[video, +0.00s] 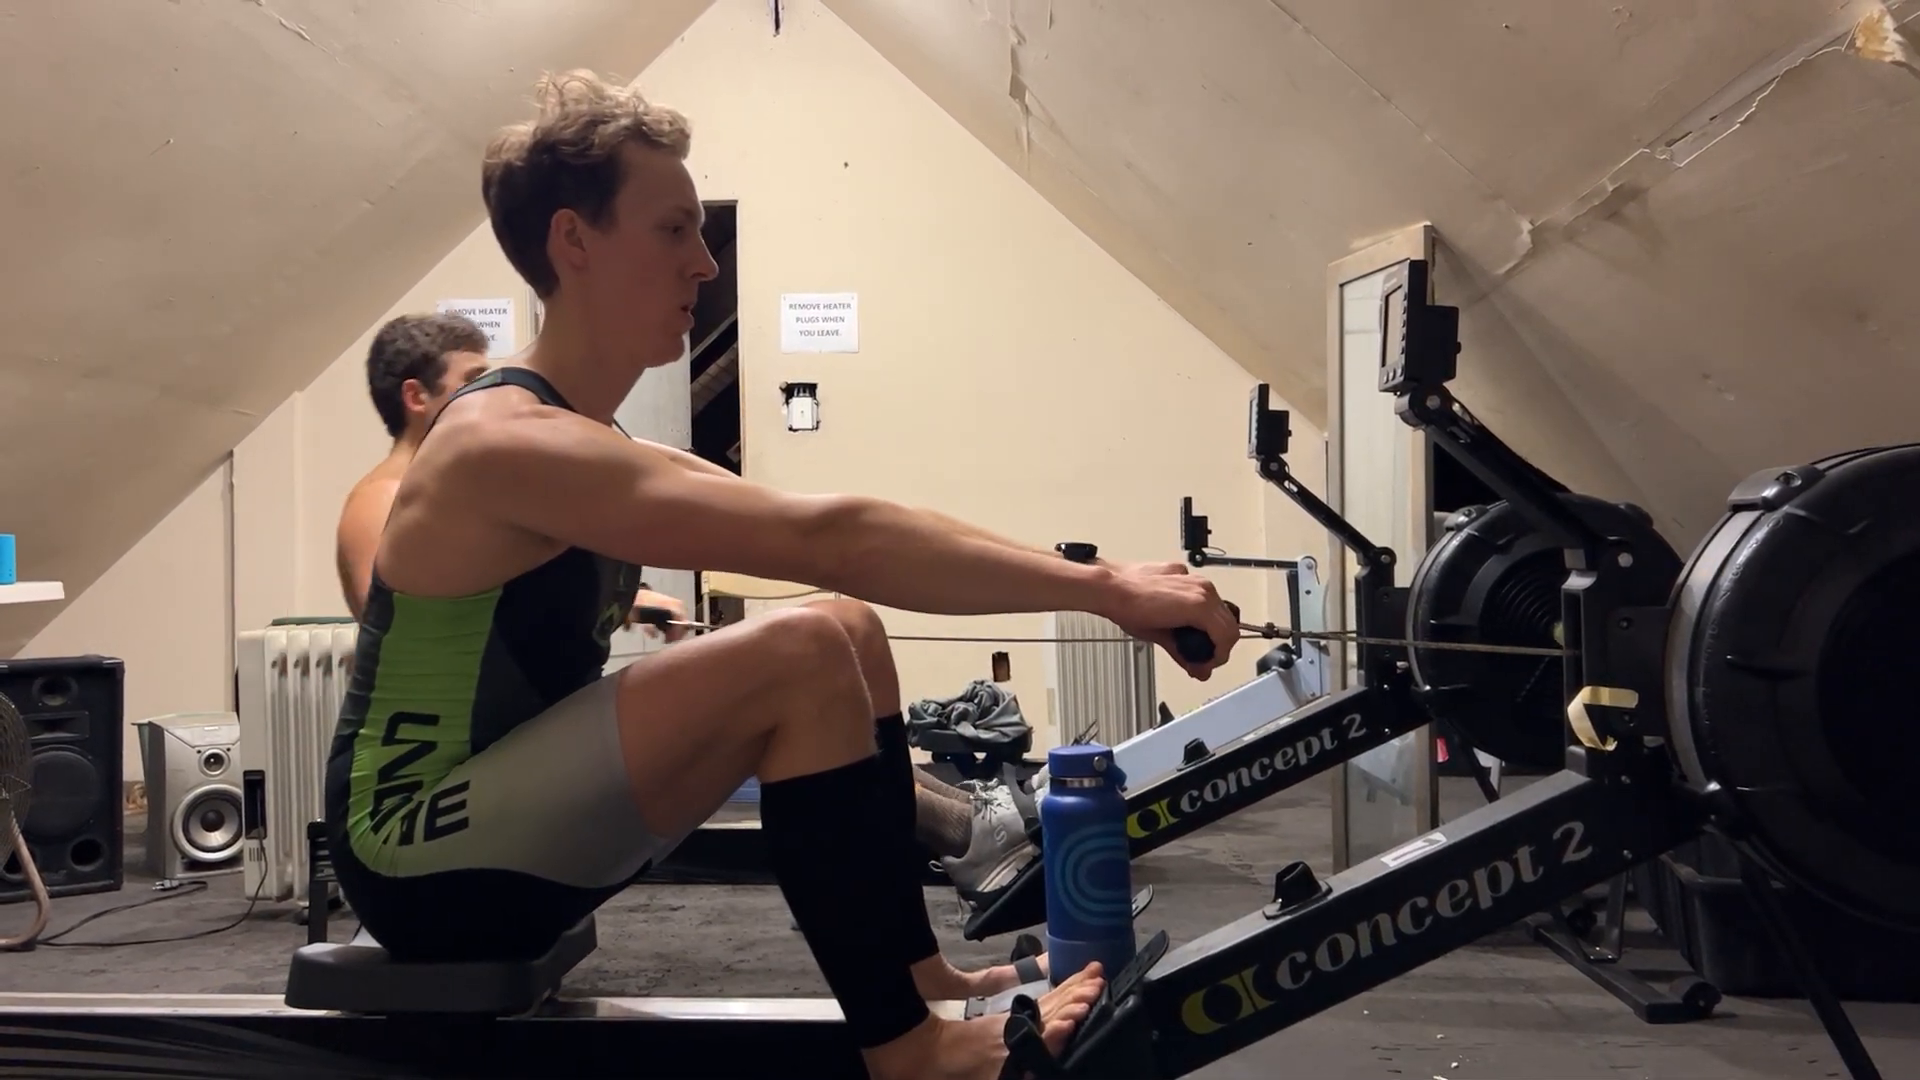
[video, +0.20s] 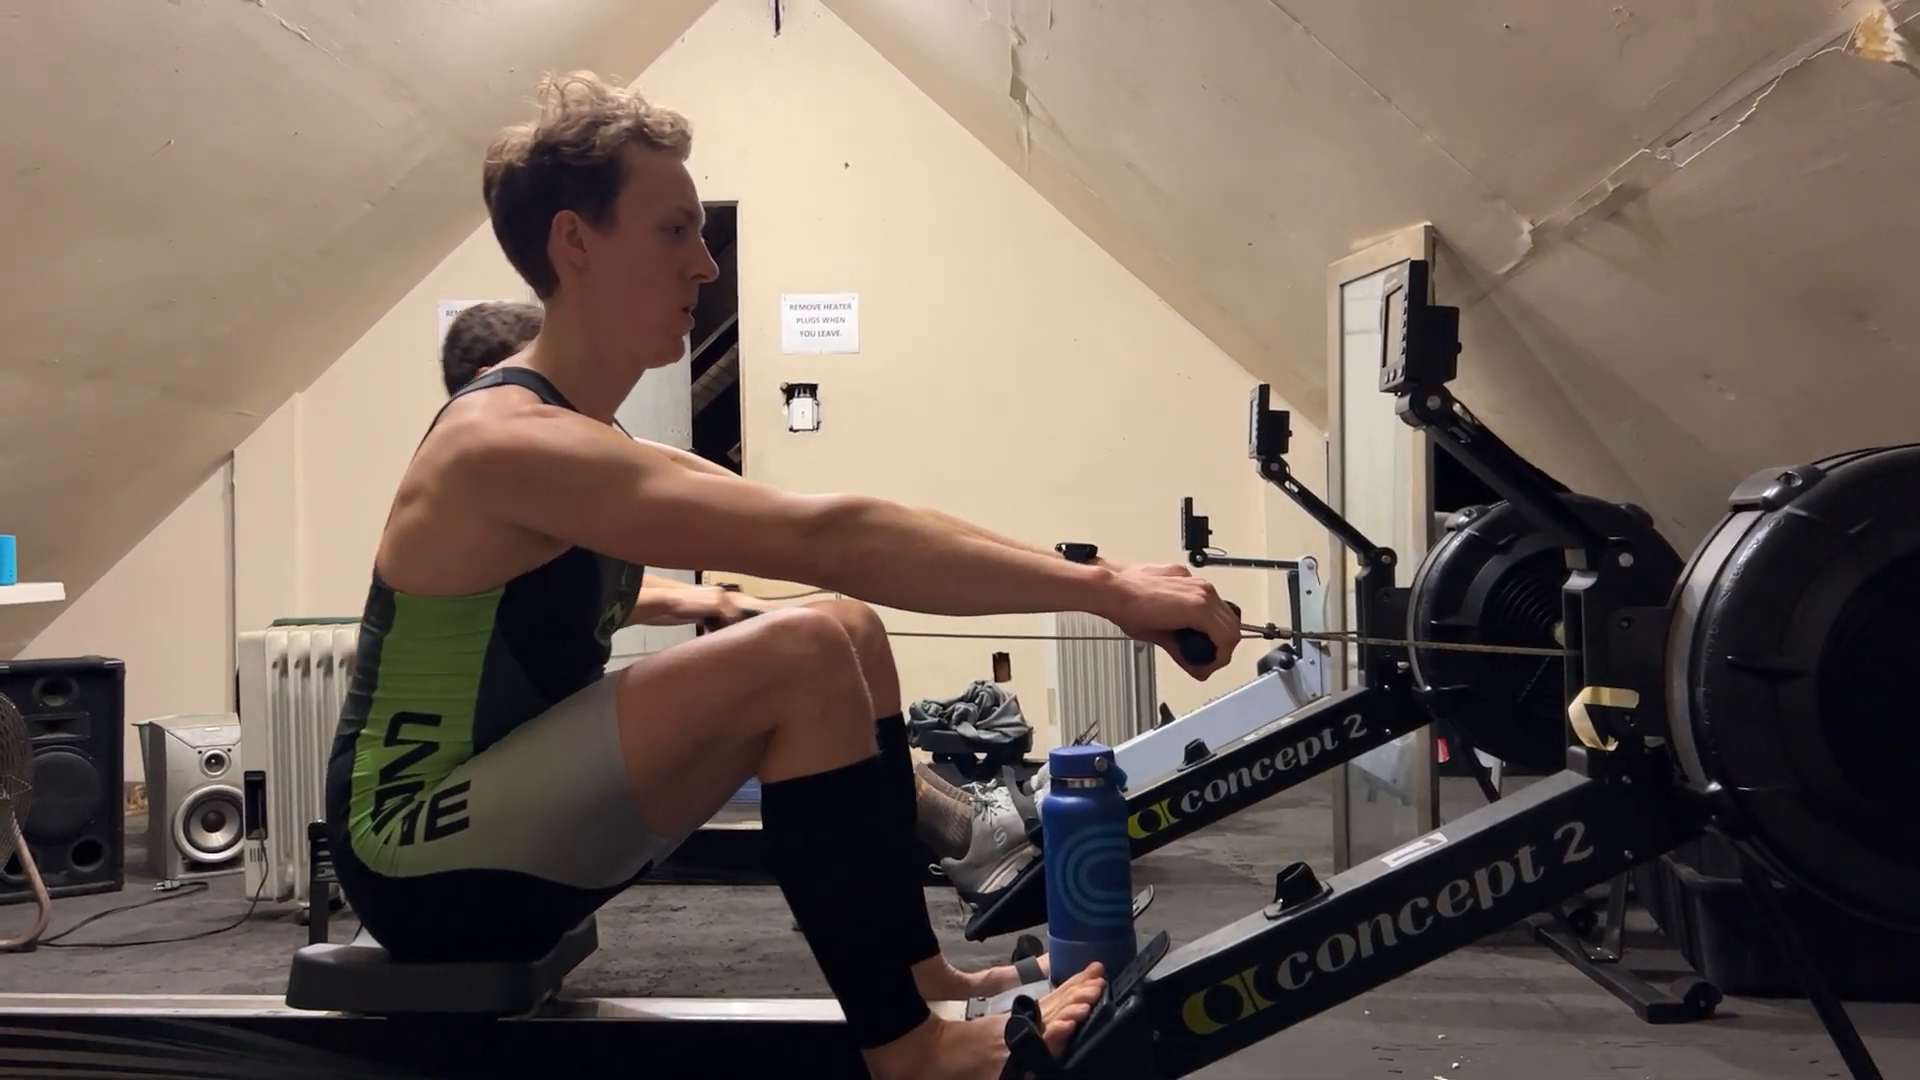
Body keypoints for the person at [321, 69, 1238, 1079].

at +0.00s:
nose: (706, 267)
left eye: (698, 234)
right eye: (675, 233)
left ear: (580, 250)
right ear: (571, 247)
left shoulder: (577, 442)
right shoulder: (504, 441)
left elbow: (823, 545)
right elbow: (818, 540)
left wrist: (1087, 580)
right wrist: (1105, 587)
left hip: (491, 820)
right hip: (425, 851)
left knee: (852, 639)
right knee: (802, 659)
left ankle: (920, 989)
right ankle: (898, 1043)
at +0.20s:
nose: (706, 268)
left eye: (698, 236)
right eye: (677, 234)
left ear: (582, 252)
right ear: (573, 249)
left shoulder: (573, 436)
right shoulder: (505, 438)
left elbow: (563, 606)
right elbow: (820, 539)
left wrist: (703, 611)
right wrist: (1106, 588)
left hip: (496, 814)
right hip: (427, 849)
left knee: (851, 637)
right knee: (800, 659)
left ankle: (918, 986)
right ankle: (897, 1042)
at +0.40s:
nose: (707, 267)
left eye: (699, 235)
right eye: (676, 235)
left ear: (581, 252)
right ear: (572, 248)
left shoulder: (586, 425)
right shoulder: (507, 440)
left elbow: (612, 580)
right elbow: (826, 538)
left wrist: (800, 595)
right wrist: (1109, 585)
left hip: (498, 813)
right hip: (427, 852)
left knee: (844, 640)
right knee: (802, 659)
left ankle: (922, 989)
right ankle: (899, 1044)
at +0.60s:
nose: (708, 269)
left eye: (700, 237)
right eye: (678, 236)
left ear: (580, 253)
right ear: (573, 250)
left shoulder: (582, 433)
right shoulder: (512, 439)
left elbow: (813, 551)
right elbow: (820, 542)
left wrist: (1066, 581)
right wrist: (1110, 586)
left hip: (497, 817)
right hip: (428, 849)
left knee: (853, 641)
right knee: (804, 663)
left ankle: (923, 991)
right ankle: (900, 1044)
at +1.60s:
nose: (718, 269)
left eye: (709, 236)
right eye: (686, 236)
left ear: (590, 259)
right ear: (583, 256)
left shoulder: (589, 449)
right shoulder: (515, 446)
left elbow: (839, 545)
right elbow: (834, 546)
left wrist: (1096, 585)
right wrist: (1111, 593)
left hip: (499, 824)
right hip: (433, 851)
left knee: (847, 642)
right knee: (809, 658)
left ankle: (925, 995)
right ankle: (903, 1043)